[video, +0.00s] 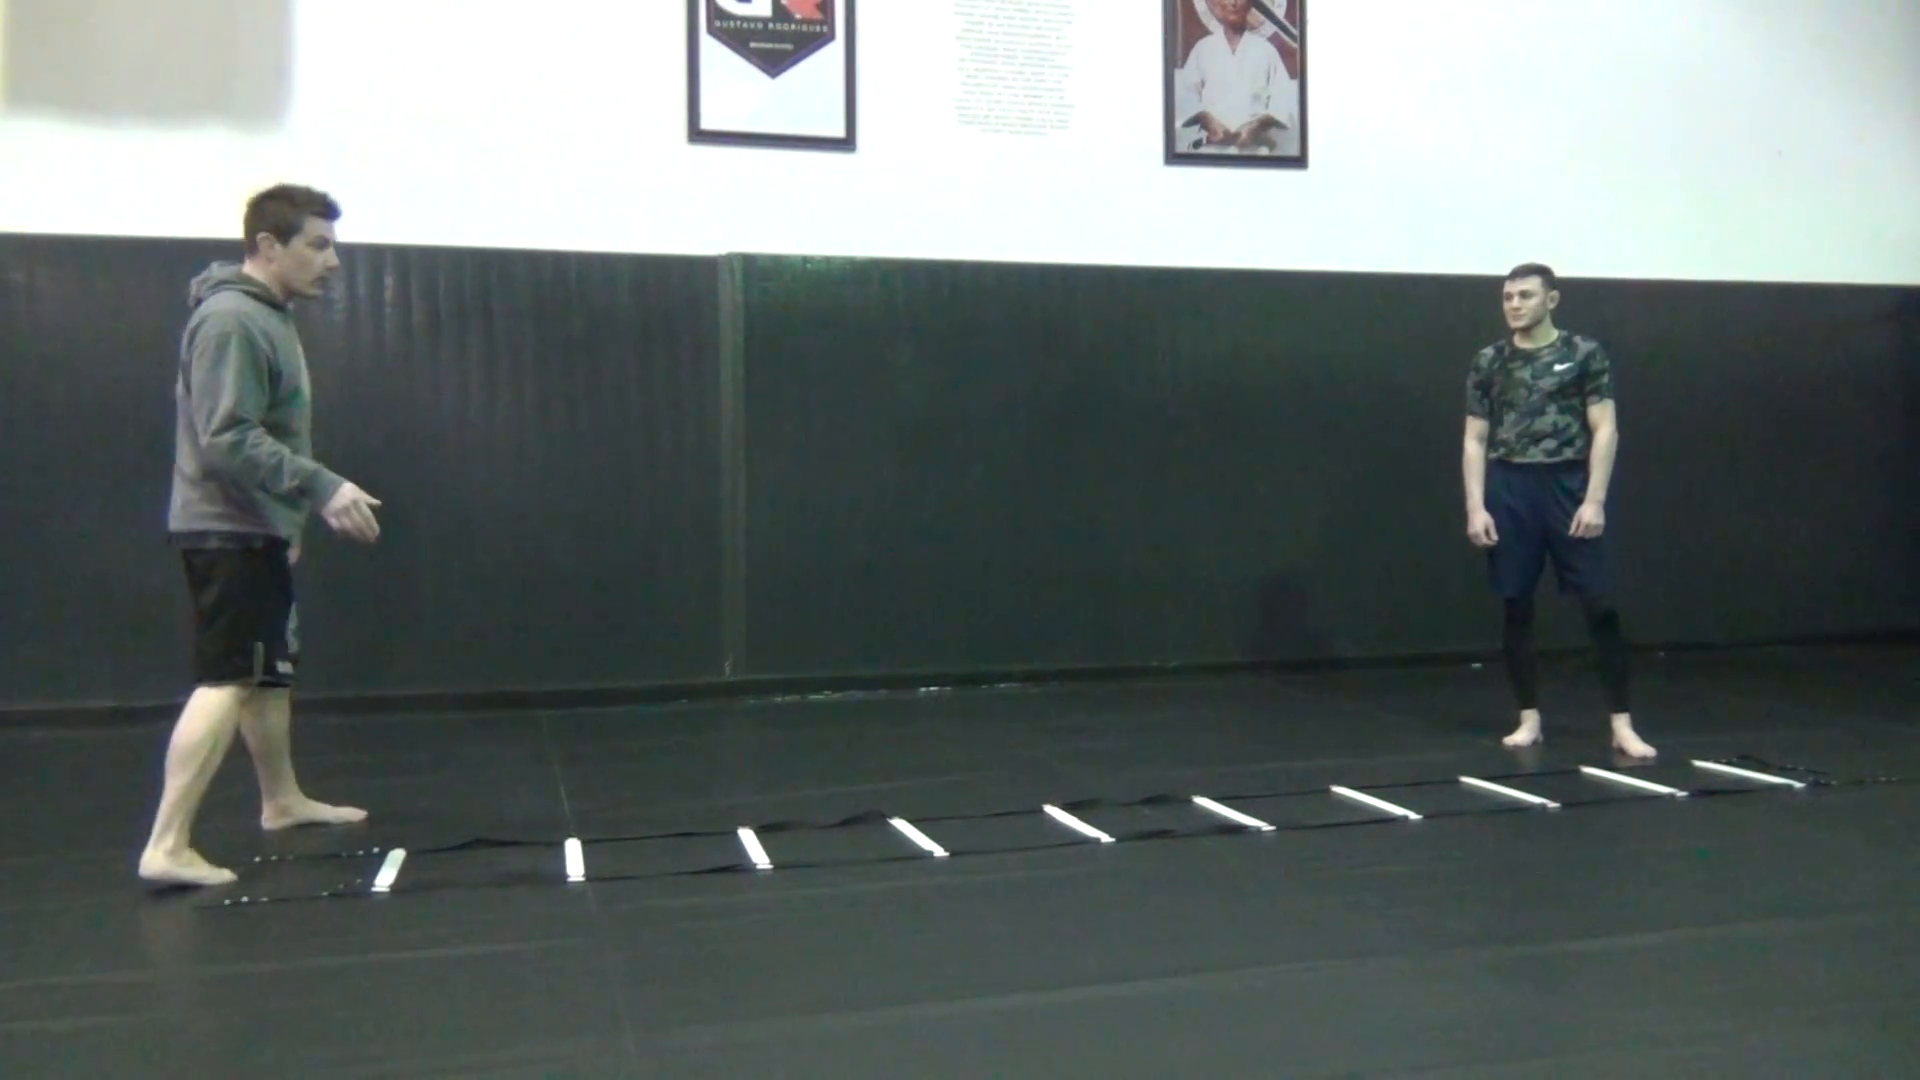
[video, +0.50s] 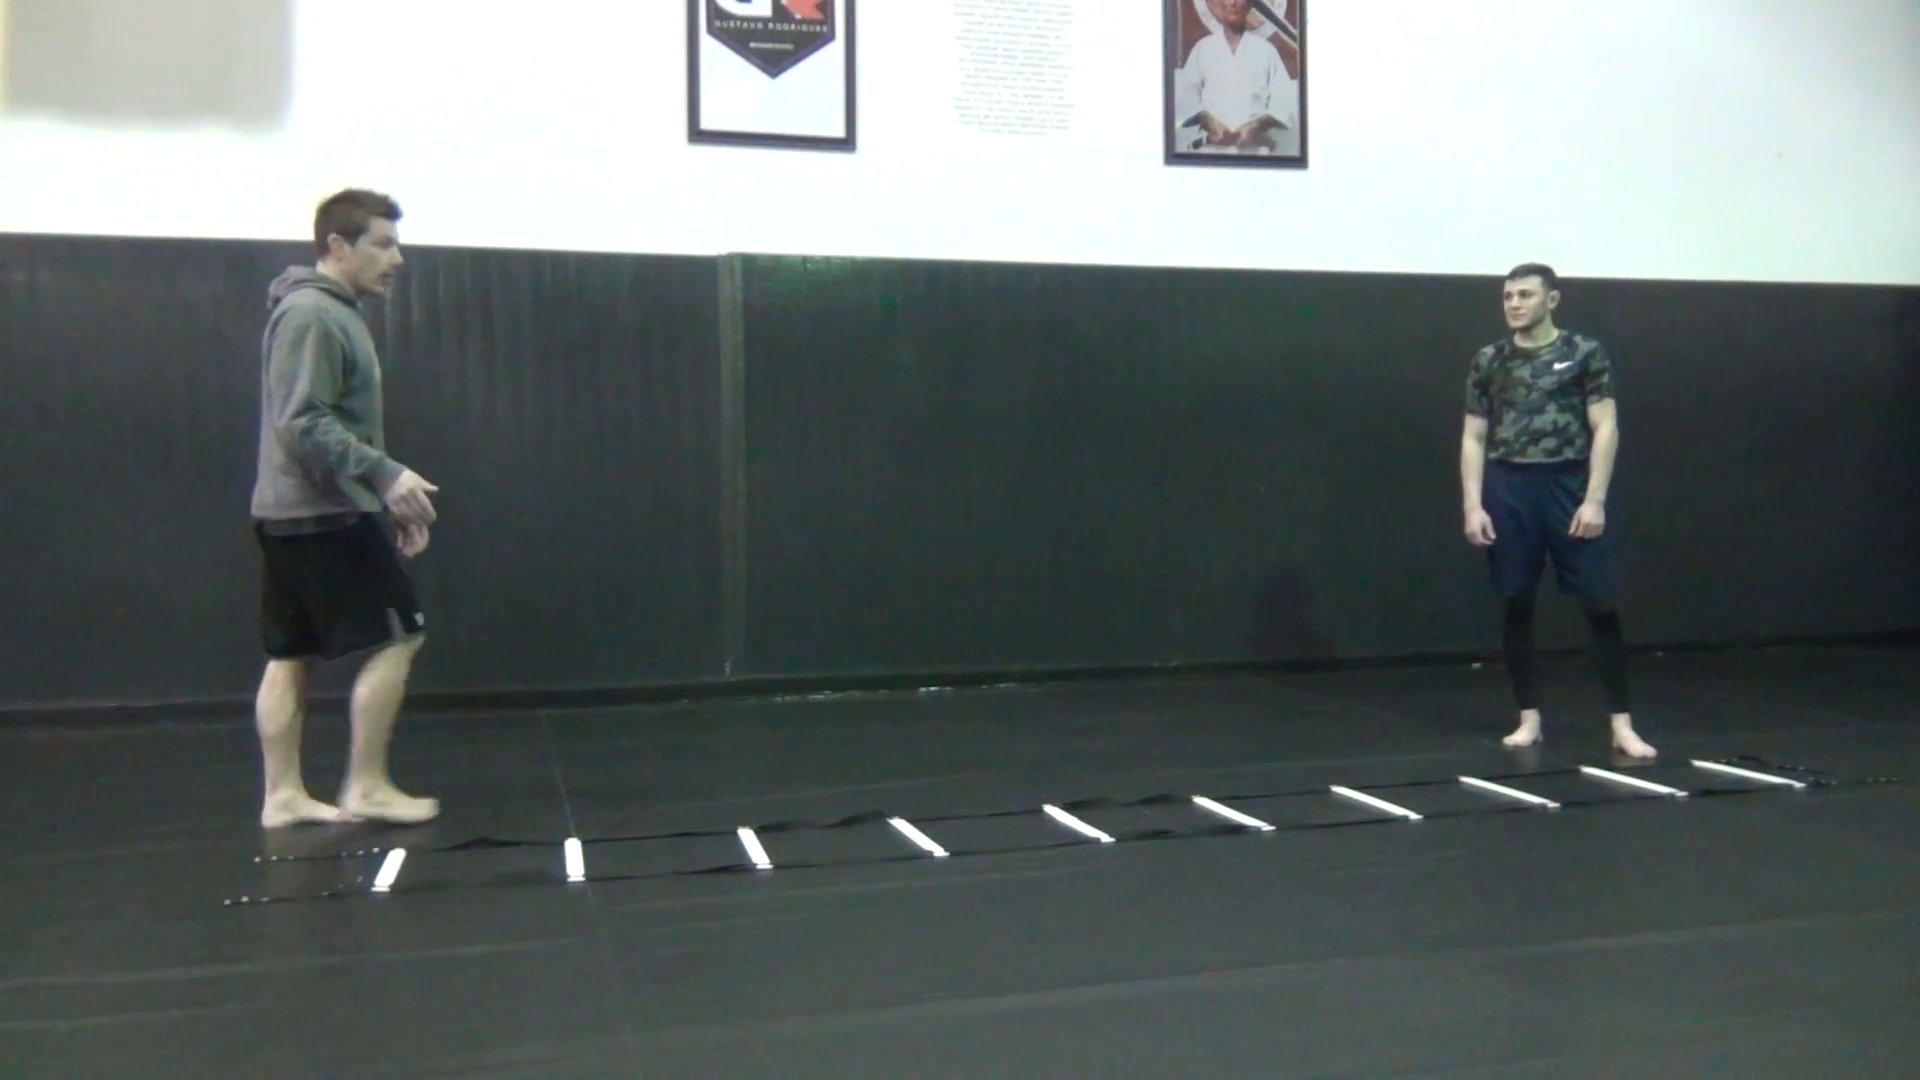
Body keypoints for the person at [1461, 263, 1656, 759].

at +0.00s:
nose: (1514, 304)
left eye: (1525, 296)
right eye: (1508, 297)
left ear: (1551, 300)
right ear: (1502, 304)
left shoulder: (1585, 354)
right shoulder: (1488, 361)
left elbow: (1604, 429)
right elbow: (1475, 439)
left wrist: (1595, 500)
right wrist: (1475, 507)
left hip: (1570, 490)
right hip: (1510, 491)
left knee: (1600, 604)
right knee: (1515, 605)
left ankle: (1621, 724)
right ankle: (1528, 718)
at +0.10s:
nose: (1514, 305)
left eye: (1525, 296)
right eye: (1508, 298)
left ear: (1551, 300)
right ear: (1502, 304)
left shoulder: (1585, 354)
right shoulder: (1488, 362)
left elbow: (1604, 429)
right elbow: (1474, 439)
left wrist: (1595, 499)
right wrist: (1475, 506)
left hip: (1571, 489)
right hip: (1509, 491)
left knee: (1601, 603)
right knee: (1516, 604)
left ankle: (1621, 723)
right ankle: (1528, 717)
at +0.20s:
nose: (1514, 304)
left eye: (1525, 296)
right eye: (1508, 297)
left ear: (1551, 300)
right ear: (1502, 304)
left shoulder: (1585, 353)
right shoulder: (1488, 361)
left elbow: (1604, 428)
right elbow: (1474, 439)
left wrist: (1595, 499)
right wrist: (1474, 506)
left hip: (1570, 490)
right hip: (1509, 491)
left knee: (1600, 603)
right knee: (1515, 604)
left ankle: (1621, 723)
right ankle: (1528, 718)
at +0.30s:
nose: (1514, 304)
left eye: (1525, 296)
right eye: (1508, 297)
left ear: (1551, 300)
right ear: (1503, 304)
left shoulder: (1585, 353)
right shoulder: (1488, 361)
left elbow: (1604, 428)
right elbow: (1474, 438)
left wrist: (1595, 499)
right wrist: (1474, 506)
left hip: (1570, 490)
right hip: (1508, 492)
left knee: (1601, 604)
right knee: (1515, 605)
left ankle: (1621, 723)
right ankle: (1528, 718)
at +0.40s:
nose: (1513, 304)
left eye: (1525, 296)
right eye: (1508, 297)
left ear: (1551, 300)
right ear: (1503, 303)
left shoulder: (1585, 353)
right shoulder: (1488, 360)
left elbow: (1604, 428)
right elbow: (1474, 438)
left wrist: (1595, 499)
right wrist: (1473, 505)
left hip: (1570, 490)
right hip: (1508, 492)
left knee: (1601, 604)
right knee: (1515, 605)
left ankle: (1621, 723)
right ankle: (1528, 718)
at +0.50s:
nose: (1513, 304)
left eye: (1524, 295)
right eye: (1508, 297)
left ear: (1552, 300)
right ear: (1503, 303)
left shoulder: (1586, 353)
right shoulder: (1488, 360)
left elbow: (1605, 427)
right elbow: (1473, 437)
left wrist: (1595, 499)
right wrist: (1472, 505)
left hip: (1570, 491)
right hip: (1509, 491)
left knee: (1601, 604)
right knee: (1516, 603)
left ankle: (1621, 723)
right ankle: (1528, 717)